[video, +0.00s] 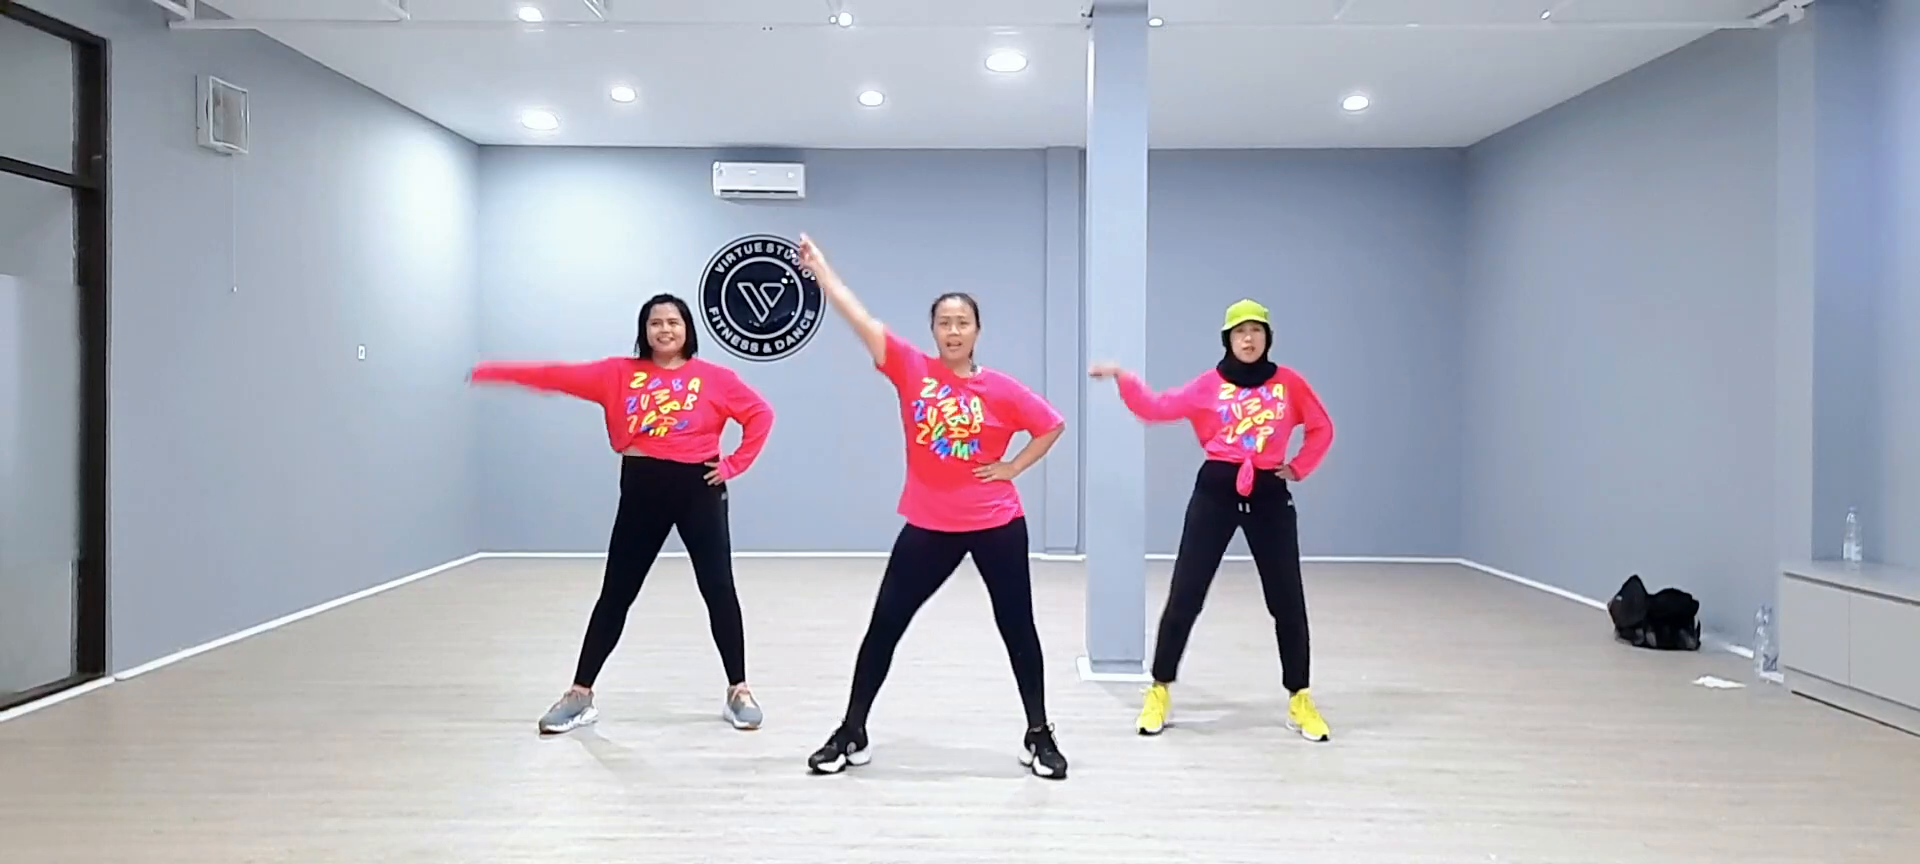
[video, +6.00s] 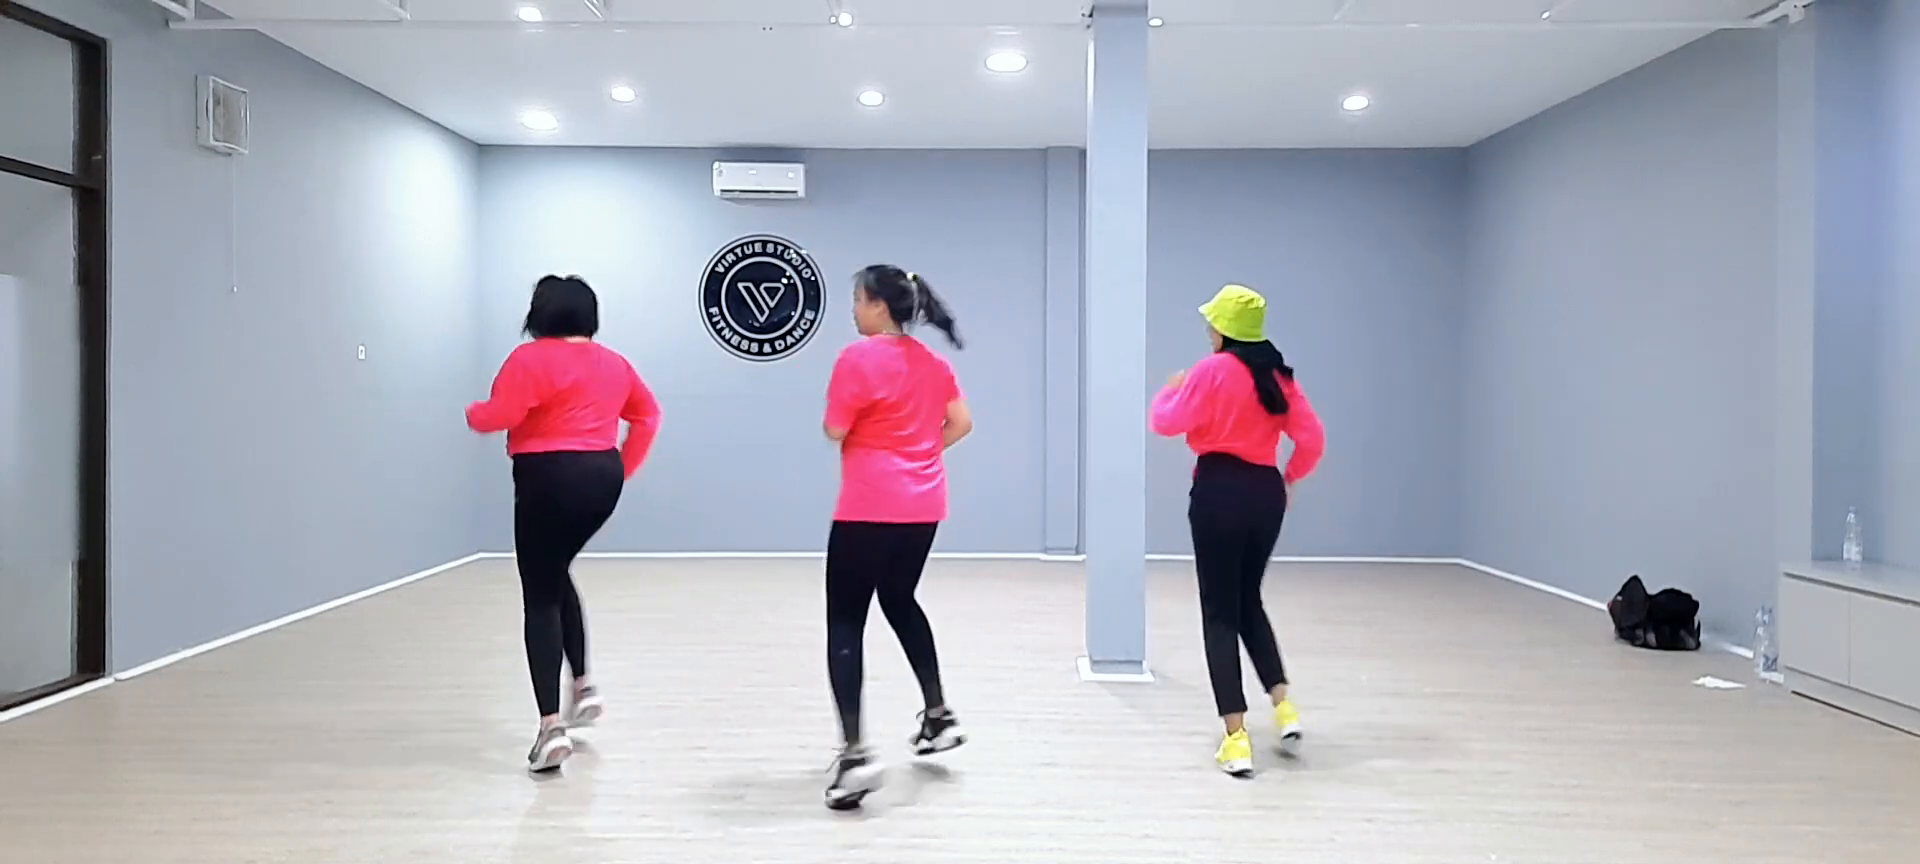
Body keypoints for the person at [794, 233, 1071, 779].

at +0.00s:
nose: (953, 330)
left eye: (962, 322)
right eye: (944, 323)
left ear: (977, 331)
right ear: (932, 331)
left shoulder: (1000, 389)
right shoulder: (912, 370)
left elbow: (1052, 426)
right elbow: (862, 322)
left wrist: (1015, 467)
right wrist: (821, 270)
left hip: (995, 524)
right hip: (930, 525)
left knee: (1018, 627)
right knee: (884, 626)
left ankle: (1039, 734)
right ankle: (853, 731)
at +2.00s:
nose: (952, 323)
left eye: (959, 314)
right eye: (941, 314)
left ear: (969, 323)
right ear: (921, 323)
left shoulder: (973, 381)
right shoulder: (910, 376)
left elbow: (988, 448)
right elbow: (856, 420)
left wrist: (999, 408)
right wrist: (905, 470)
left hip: (956, 521)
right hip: (913, 523)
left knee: (984, 626)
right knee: (944, 642)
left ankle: (942, 717)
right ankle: (907, 782)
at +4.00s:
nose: (886, 306)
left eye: (896, 299)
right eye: (877, 298)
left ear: (909, 309)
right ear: (861, 306)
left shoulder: (927, 362)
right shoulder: (842, 342)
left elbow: (977, 401)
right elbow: (821, 274)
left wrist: (940, 443)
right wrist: (828, 210)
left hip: (920, 500)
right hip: (858, 499)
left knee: (948, 608)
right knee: (808, 600)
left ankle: (982, 723)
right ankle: (788, 715)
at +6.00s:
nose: (853, 309)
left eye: (859, 300)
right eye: (856, 299)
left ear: (880, 306)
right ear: (899, 308)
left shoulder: (858, 358)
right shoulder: (934, 360)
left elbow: (835, 429)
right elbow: (961, 423)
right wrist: (922, 450)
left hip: (866, 512)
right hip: (923, 511)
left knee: (845, 625)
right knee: (900, 599)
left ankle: (854, 748)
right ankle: (938, 713)